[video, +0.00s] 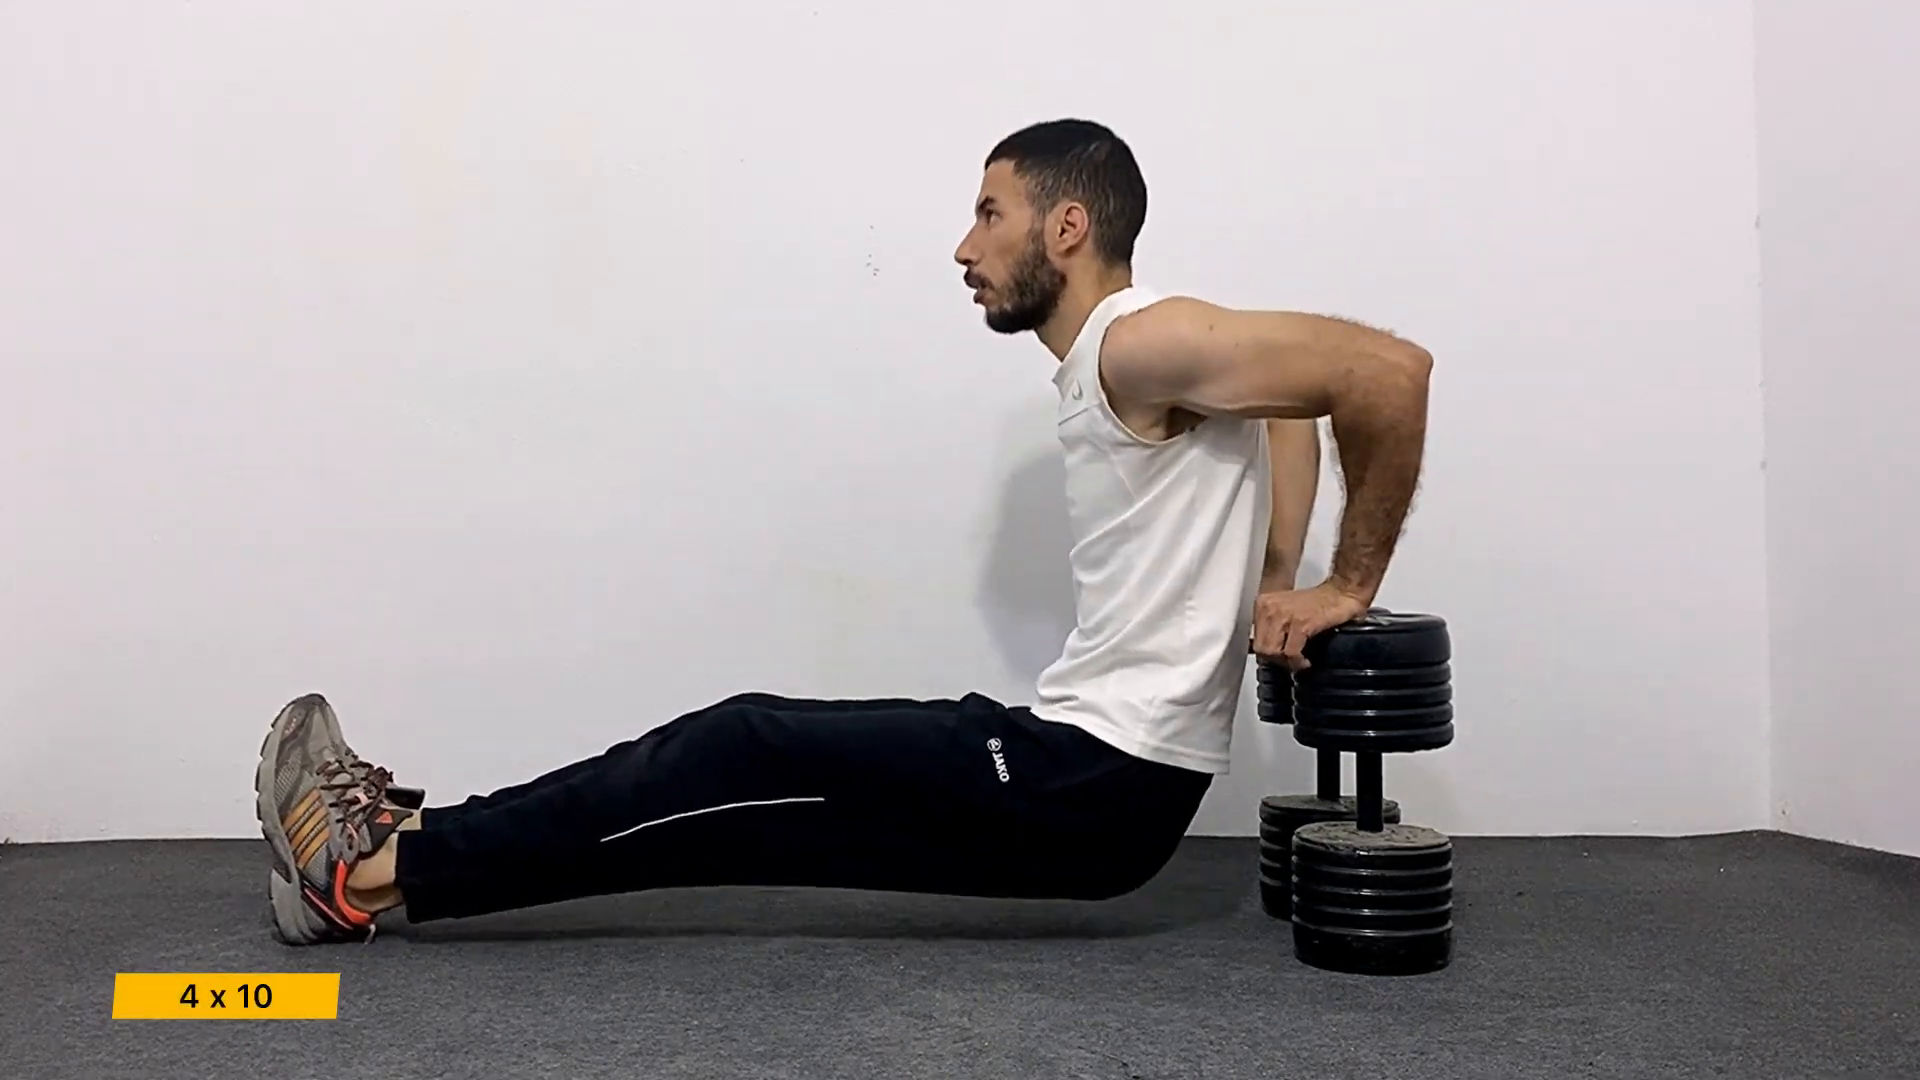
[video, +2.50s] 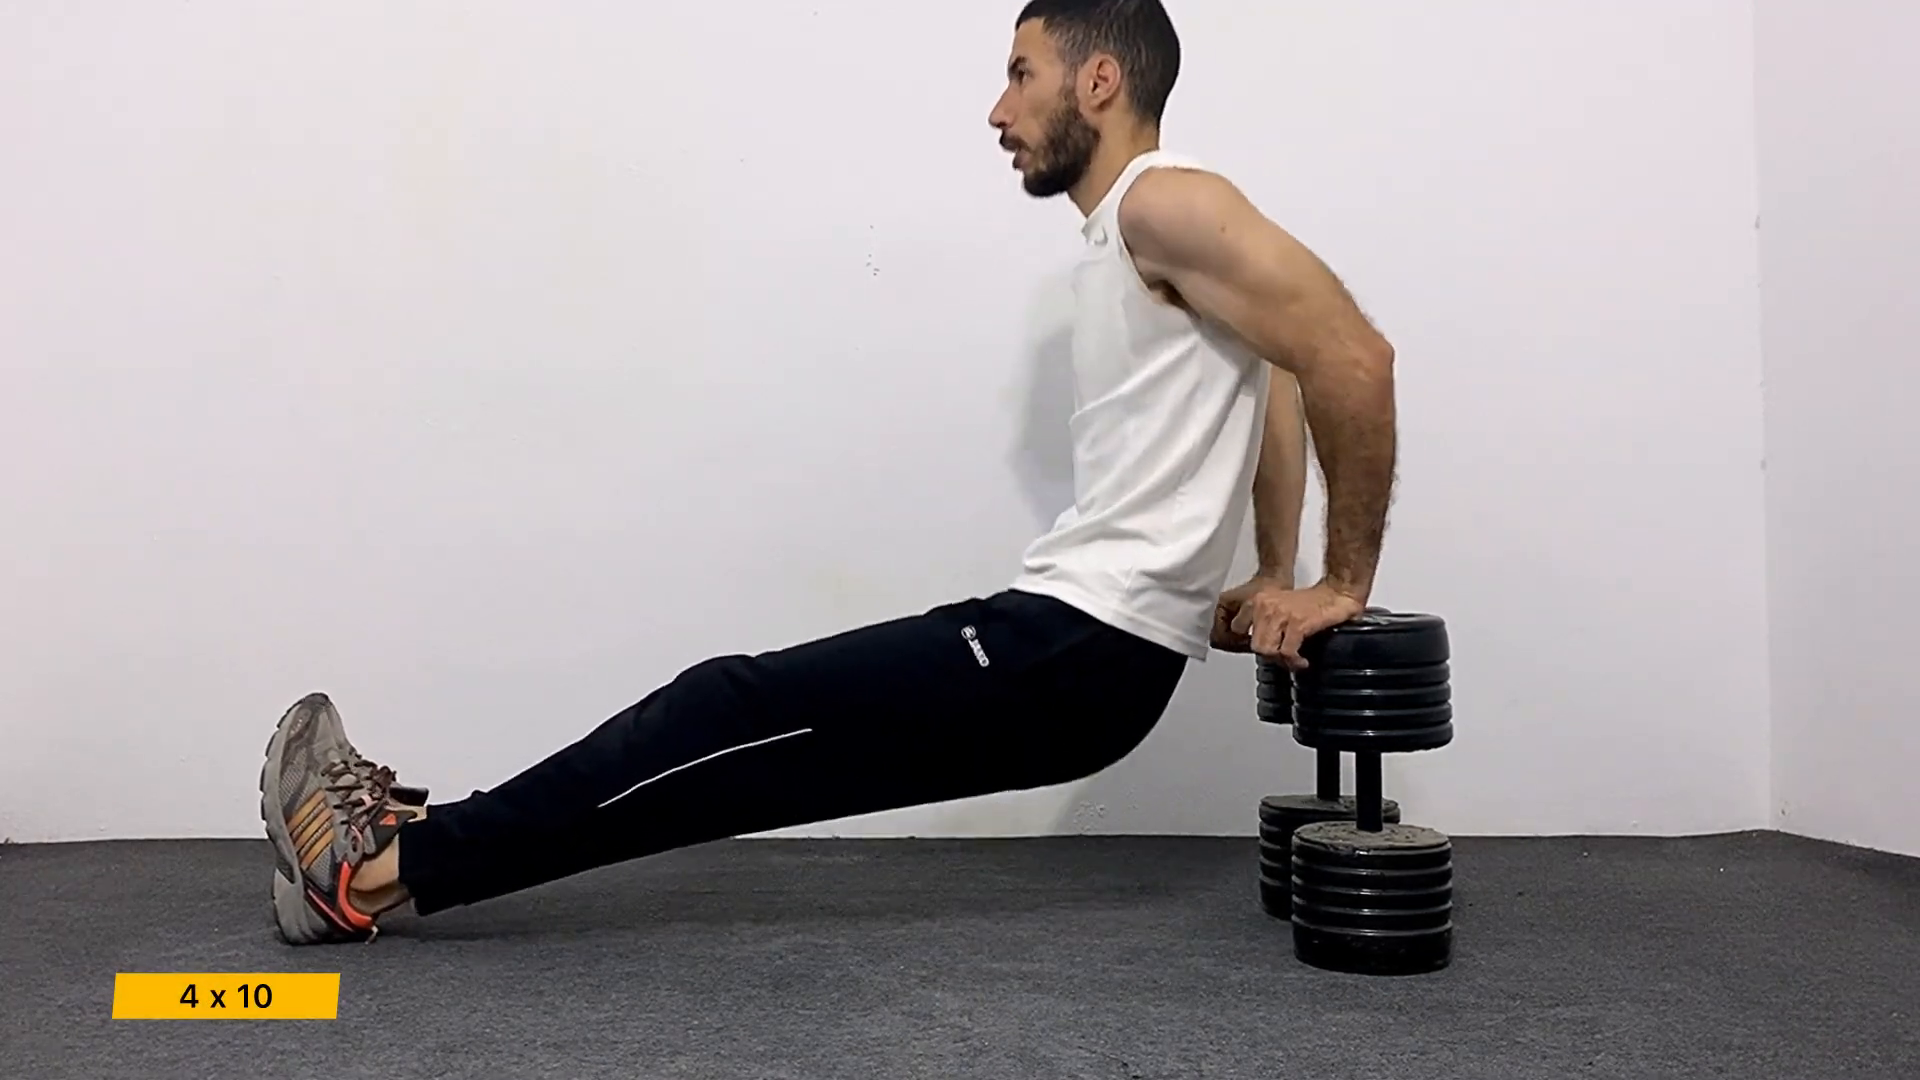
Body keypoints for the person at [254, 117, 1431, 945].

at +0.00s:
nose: (964, 248)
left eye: (987, 216)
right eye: (973, 219)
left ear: (1074, 227)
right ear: (1077, 228)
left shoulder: (1136, 345)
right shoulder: (1126, 345)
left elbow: (1391, 375)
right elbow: (1295, 391)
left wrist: (1355, 585)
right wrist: (1279, 575)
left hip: (1097, 776)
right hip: (1078, 760)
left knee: (741, 742)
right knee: (736, 795)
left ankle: (386, 869)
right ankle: (416, 848)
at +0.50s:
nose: (966, 228)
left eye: (989, 196)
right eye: (974, 199)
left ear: (1075, 205)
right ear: (1078, 208)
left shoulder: (1144, 326)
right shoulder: (1123, 322)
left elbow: (1397, 373)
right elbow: (1293, 383)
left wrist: (1352, 589)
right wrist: (1278, 569)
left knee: (735, 752)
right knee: (734, 748)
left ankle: (389, 876)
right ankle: (421, 843)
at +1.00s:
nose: (1021, 43)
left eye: (1042, 13)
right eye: (1027, 16)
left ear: (1128, 17)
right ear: (1112, 24)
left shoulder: (1189, 144)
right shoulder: (1146, 168)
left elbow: (1313, 350)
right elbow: (1244, 383)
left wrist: (1346, 579)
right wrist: (1263, 572)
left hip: (1063, 590)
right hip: (1041, 576)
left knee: (721, 714)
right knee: (715, 700)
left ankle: (379, 877)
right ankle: (412, 843)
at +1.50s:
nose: (992, 181)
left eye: (1013, 149)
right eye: (998, 152)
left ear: (1100, 159)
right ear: (1103, 164)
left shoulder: (1163, 286)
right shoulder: (1138, 294)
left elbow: (1395, 368)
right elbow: (1302, 374)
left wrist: (1354, 586)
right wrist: (1281, 572)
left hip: (1101, 720)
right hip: (1077, 702)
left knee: (737, 749)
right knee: (735, 745)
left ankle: (390, 871)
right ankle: (408, 854)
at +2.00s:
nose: (972, 276)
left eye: (995, 244)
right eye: (980, 246)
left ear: (1078, 251)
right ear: (1083, 253)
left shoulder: (1143, 370)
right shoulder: (1138, 373)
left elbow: (1401, 381)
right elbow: (1300, 412)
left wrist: (1354, 592)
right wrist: (1279, 580)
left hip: (1095, 808)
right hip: (1092, 799)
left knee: (737, 756)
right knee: (726, 821)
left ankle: (381, 873)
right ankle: (417, 848)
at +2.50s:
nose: (1000, 104)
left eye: (1023, 74)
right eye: (1006, 76)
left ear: (1102, 83)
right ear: (1095, 90)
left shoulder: (1172, 207)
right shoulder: (1144, 231)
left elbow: (1355, 358)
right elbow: (1276, 400)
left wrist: (1351, 585)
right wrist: (1269, 580)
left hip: (1084, 647)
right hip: (1071, 636)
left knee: (723, 724)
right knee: (724, 715)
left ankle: (390, 875)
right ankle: (416, 849)